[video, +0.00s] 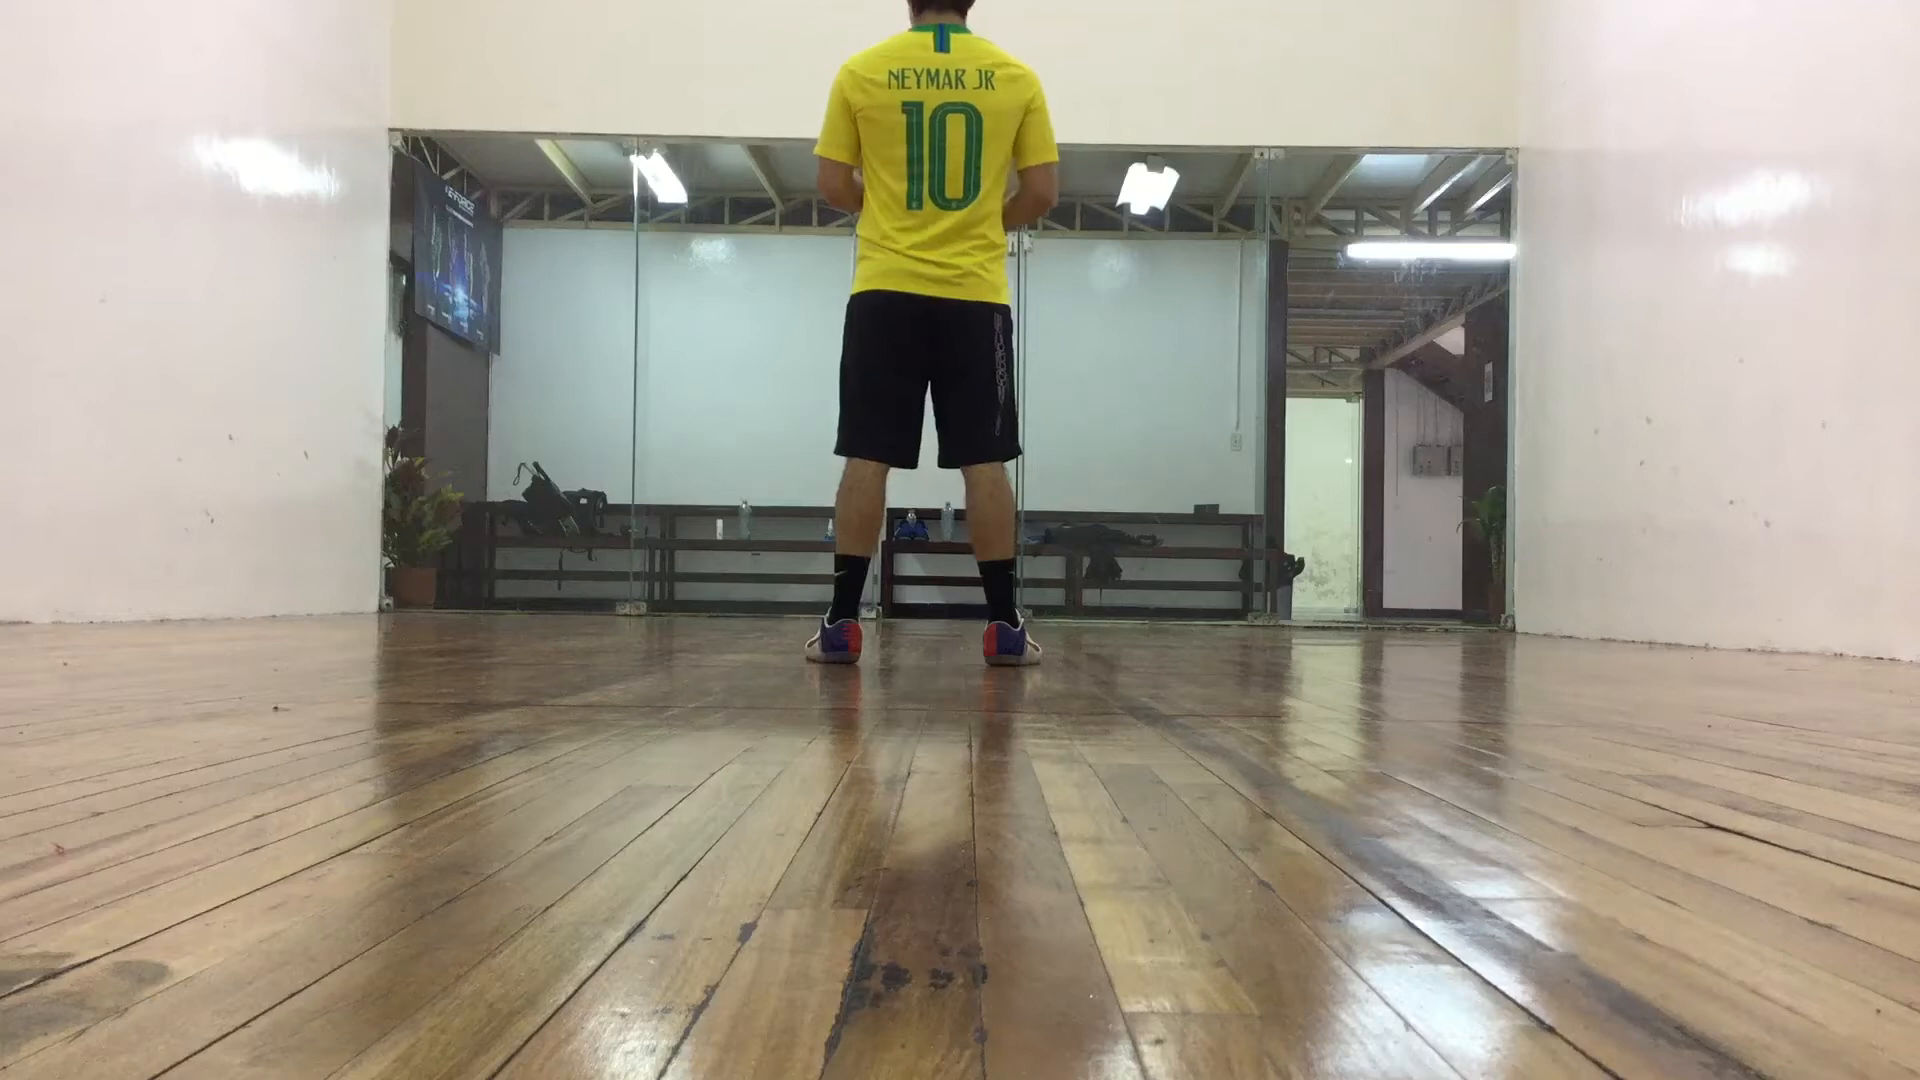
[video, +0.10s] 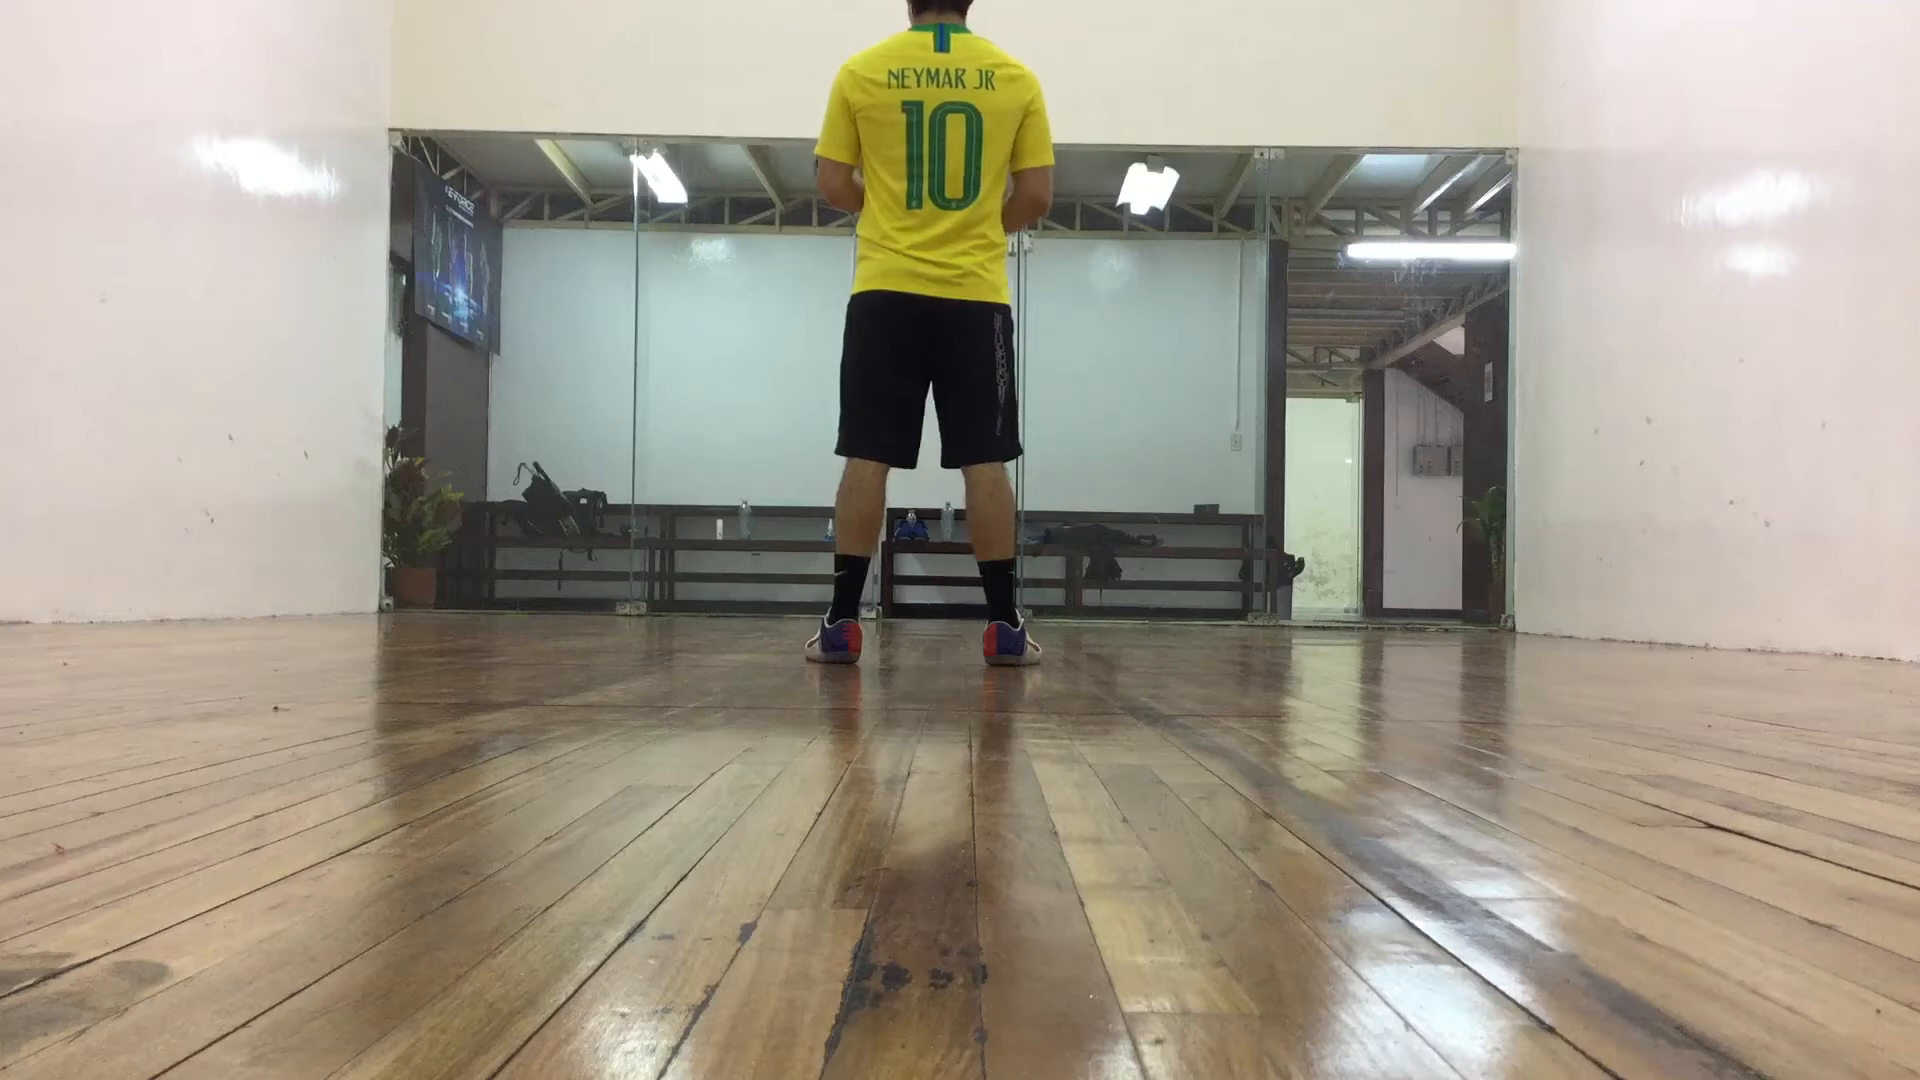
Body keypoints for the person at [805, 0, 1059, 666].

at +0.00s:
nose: (924, 12)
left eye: (913, 6)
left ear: (909, 4)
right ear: (970, 4)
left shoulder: (861, 71)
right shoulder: (1015, 76)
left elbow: (835, 186)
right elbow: (1041, 193)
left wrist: (887, 199)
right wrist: (983, 222)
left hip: (884, 298)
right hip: (974, 303)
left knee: (866, 458)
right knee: (985, 463)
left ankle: (842, 621)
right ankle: (1005, 625)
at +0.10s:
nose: (920, 12)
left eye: (911, 6)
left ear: (908, 4)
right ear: (970, 5)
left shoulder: (861, 71)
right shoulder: (1015, 78)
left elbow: (835, 186)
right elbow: (1034, 197)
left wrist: (890, 200)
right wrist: (978, 222)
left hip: (884, 298)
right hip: (974, 303)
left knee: (866, 458)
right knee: (986, 463)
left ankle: (843, 622)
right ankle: (1004, 625)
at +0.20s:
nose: (919, 12)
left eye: (911, 6)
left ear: (908, 4)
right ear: (970, 5)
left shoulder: (861, 71)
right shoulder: (1016, 79)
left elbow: (834, 187)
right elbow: (1034, 198)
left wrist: (891, 209)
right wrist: (975, 228)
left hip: (884, 297)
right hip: (974, 302)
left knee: (866, 458)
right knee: (986, 463)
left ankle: (842, 622)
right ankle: (1005, 625)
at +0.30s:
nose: (920, 12)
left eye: (911, 6)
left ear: (907, 4)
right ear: (969, 4)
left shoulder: (861, 71)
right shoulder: (1015, 78)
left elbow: (834, 186)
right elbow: (1035, 198)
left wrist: (879, 216)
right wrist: (978, 234)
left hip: (884, 297)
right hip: (975, 301)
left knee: (866, 457)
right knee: (986, 462)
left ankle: (843, 622)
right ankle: (1004, 625)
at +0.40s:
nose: (921, 13)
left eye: (910, 6)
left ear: (906, 5)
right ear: (967, 5)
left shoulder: (860, 71)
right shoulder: (1014, 77)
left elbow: (830, 183)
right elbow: (1041, 195)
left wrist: (872, 228)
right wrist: (993, 244)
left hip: (884, 296)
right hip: (974, 301)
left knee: (866, 458)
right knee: (986, 463)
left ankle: (843, 621)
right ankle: (1005, 625)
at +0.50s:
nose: (923, 13)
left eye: (911, 7)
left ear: (905, 5)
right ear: (966, 5)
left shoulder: (860, 72)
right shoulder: (1015, 78)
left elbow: (828, 181)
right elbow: (1041, 196)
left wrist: (848, 238)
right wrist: (1003, 257)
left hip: (884, 299)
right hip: (975, 303)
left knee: (866, 458)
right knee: (986, 463)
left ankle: (843, 621)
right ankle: (1005, 625)